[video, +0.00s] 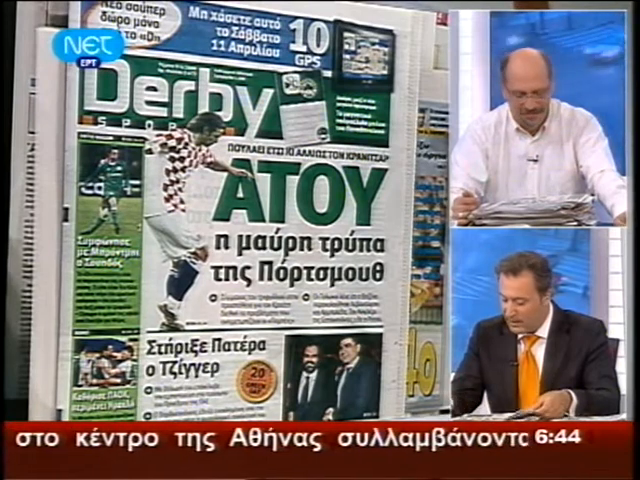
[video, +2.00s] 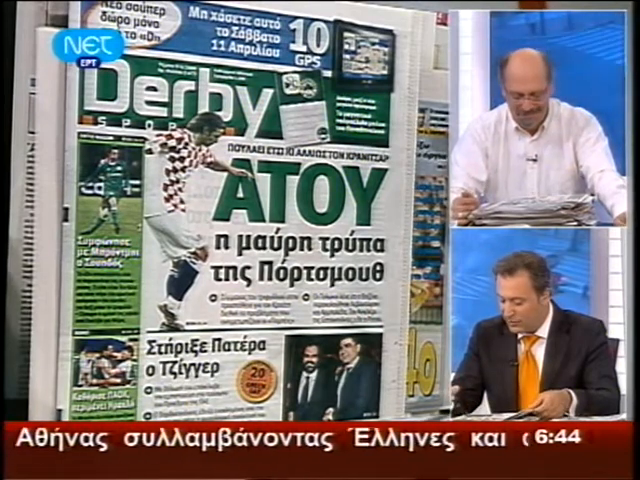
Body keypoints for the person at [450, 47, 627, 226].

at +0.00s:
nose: (530, 105)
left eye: (539, 94)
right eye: (520, 95)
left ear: (551, 86)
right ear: (504, 90)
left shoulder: (580, 124)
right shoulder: (482, 131)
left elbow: (604, 174)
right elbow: (462, 187)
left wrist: (624, 211)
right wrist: (462, 208)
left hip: (567, 246)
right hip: (499, 246)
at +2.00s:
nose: (526, 106)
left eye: (536, 96)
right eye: (517, 96)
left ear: (550, 88)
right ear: (504, 90)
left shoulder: (579, 124)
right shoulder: (482, 130)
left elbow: (603, 174)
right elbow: (462, 188)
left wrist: (624, 212)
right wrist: (462, 208)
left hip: (567, 244)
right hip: (499, 244)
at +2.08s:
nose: (527, 106)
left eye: (536, 96)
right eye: (517, 96)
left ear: (551, 88)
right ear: (504, 90)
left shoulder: (579, 124)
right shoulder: (482, 130)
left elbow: (603, 174)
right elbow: (462, 188)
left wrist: (624, 212)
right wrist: (462, 208)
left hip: (567, 245)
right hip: (499, 244)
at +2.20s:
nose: (528, 105)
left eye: (537, 94)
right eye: (518, 95)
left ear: (551, 87)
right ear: (504, 90)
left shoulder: (580, 124)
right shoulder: (482, 130)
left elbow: (603, 174)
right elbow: (462, 188)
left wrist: (624, 212)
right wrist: (462, 208)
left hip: (567, 245)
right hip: (499, 244)